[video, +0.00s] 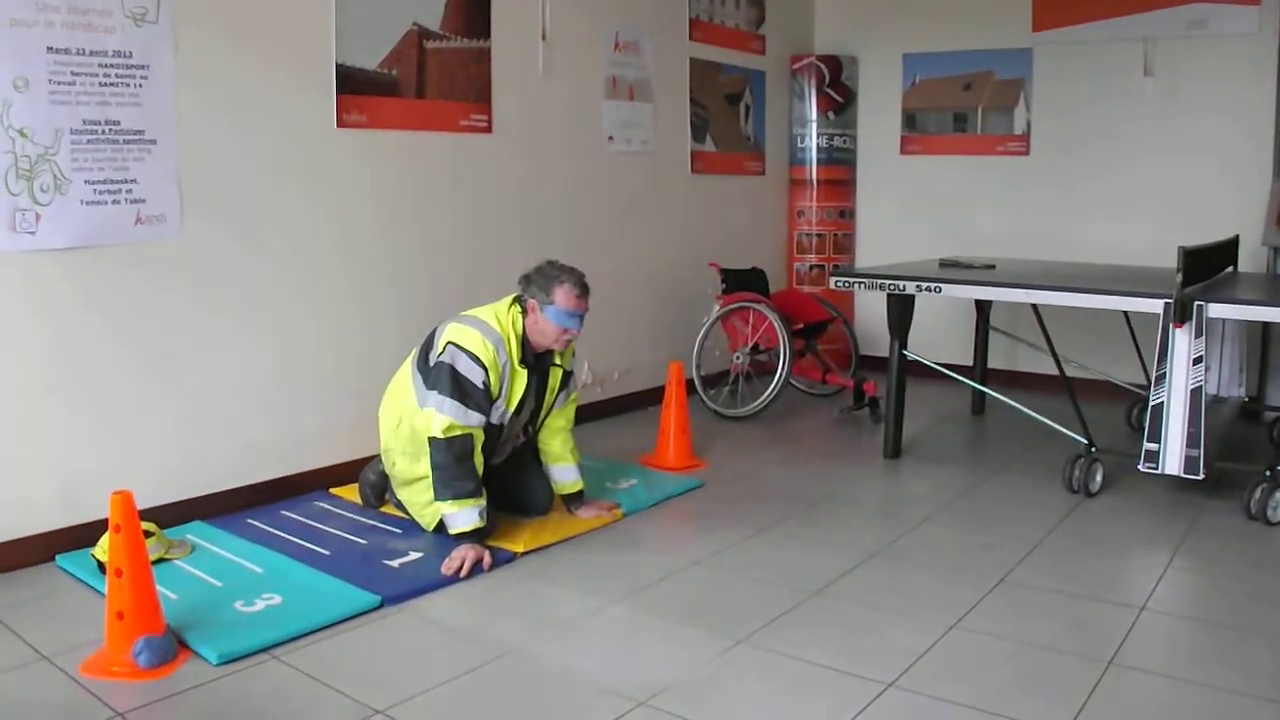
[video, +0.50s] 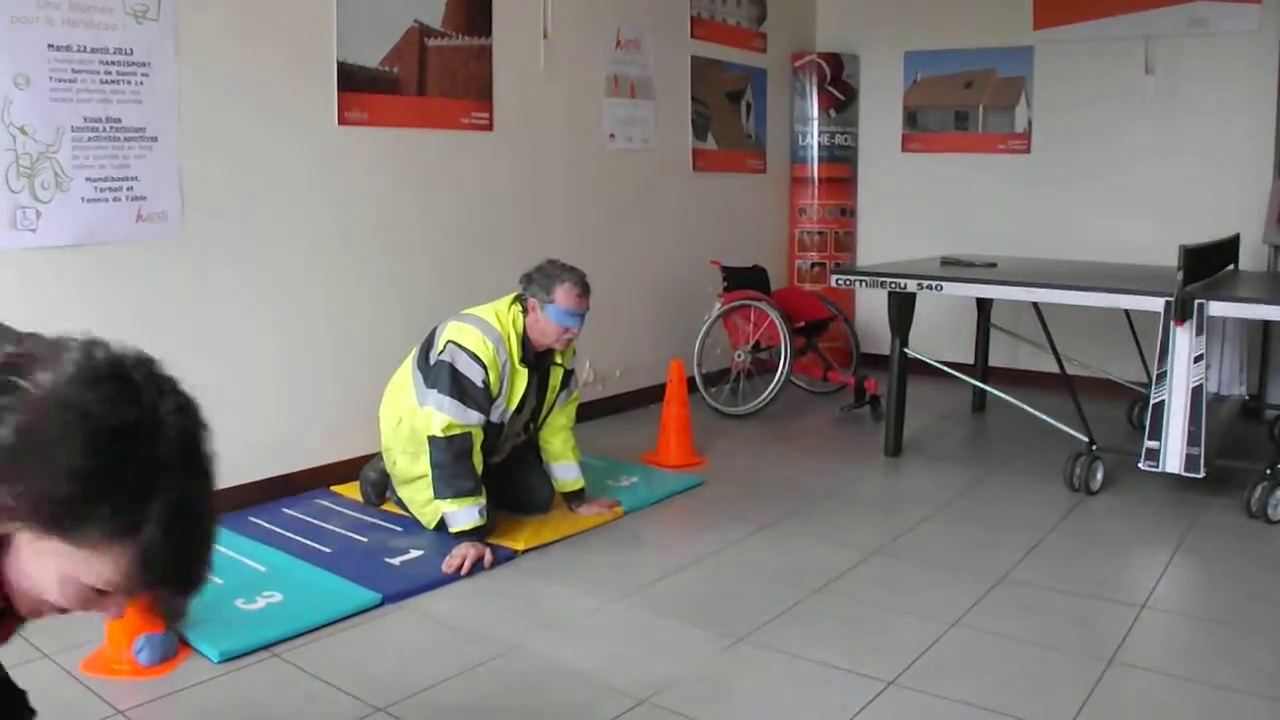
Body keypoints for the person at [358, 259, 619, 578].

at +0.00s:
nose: (574, 331)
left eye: (580, 321)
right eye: (566, 320)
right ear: (532, 309)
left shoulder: (559, 349)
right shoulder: (471, 346)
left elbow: (556, 425)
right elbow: (451, 442)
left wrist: (576, 500)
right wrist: (469, 538)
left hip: (492, 429)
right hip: (419, 438)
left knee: (536, 502)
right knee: (454, 525)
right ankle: (393, 476)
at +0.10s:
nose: (575, 332)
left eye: (580, 322)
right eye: (567, 320)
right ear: (532, 310)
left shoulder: (560, 349)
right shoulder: (472, 346)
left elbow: (556, 425)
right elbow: (451, 442)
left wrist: (576, 500)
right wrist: (469, 538)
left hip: (493, 429)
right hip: (420, 438)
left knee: (536, 502)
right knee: (455, 524)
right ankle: (393, 476)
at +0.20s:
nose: (576, 332)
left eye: (581, 322)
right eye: (568, 320)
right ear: (533, 310)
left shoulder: (560, 349)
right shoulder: (472, 346)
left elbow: (557, 424)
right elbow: (451, 442)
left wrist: (576, 499)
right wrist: (470, 538)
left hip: (493, 430)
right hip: (421, 438)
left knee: (536, 501)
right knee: (451, 522)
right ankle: (394, 473)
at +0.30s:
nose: (575, 330)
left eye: (581, 321)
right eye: (567, 319)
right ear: (533, 309)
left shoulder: (560, 348)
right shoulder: (472, 345)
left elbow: (557, 423)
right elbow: (451, 441)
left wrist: (576, 498)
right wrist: (469, 537)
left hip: (493, 429)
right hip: (420, 437)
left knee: (536, 501)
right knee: (453, 522)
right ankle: (393, 474)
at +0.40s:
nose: (576, 330)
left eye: (581, 320)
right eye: (567, 318)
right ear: (533, 308)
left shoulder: (560, 349)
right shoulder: (472, 345)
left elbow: (557, 423)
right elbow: (451, 440)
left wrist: (576, 498)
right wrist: (469, 536)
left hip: (493, 429)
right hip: (420, 437)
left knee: (536, 500)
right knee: (454, 521)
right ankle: (393, 474)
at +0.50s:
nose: (575, 331)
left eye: (580, 321)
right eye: (566, 319)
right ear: (532, 308)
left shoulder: (560, 349)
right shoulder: (472, 344)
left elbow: (557, 423)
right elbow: (450, 440)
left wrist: (576, 498)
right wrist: (469, 536)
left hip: (494, 428)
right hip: (420, 435)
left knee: (536, 500)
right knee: (455, 522)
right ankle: (393, 474)